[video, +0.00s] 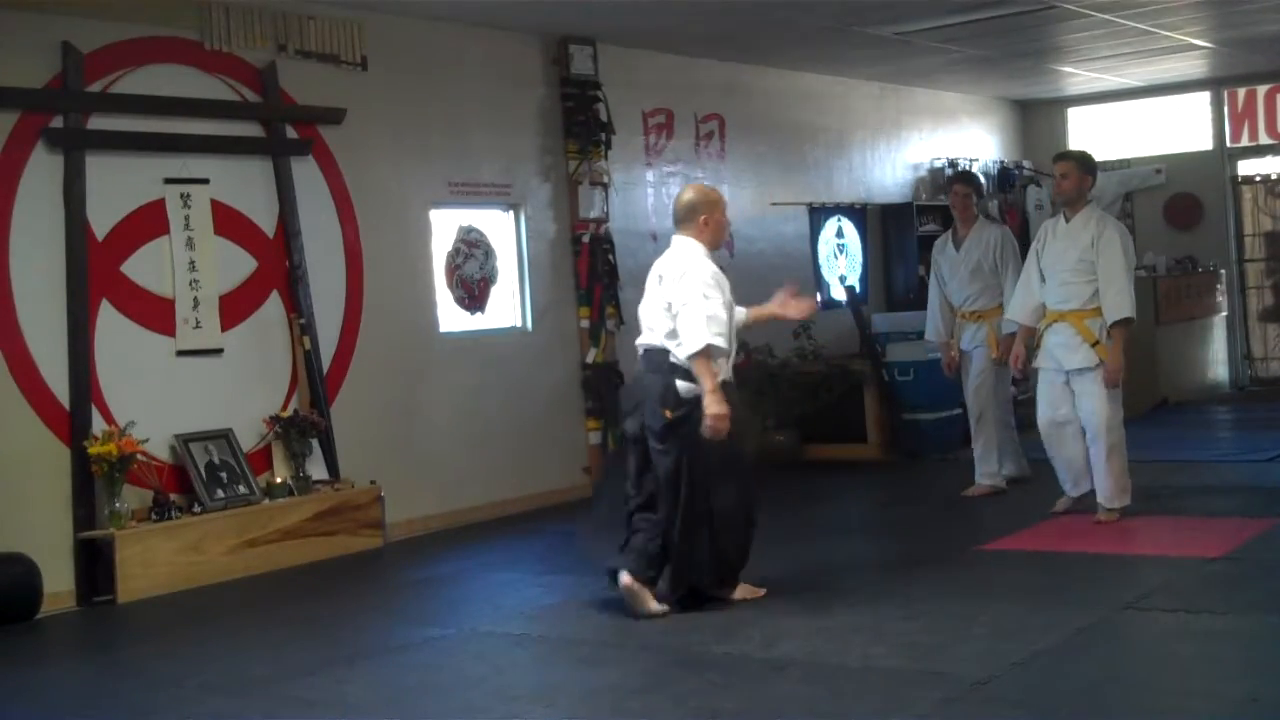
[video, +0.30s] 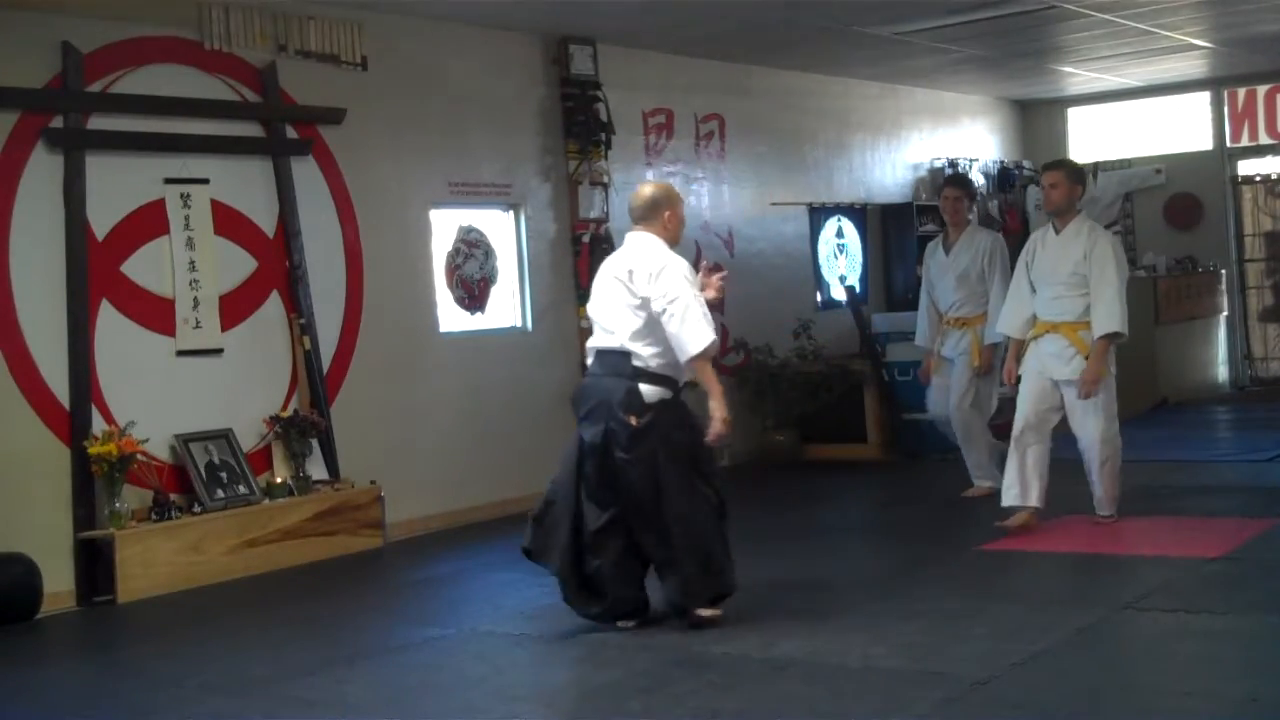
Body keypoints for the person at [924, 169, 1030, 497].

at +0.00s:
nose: (961, 202)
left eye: (967, 196)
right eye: (955, 196)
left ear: (978, 199)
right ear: (948, 201)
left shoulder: (998, 235)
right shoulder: (942, 246)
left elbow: (1014, 285)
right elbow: (939, 298)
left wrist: (1010, 332)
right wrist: (946, 343)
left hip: (992, 326)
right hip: (964, 327)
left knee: (979, 400)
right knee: (989, 398)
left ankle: (989, 476)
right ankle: (1014, 464)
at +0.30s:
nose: (952, 206)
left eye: (959, 200)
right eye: (946, 200)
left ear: (971, 203)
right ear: (939, 206)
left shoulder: (989, 242)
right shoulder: (933, 249)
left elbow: (999, 295)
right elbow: (928, 302)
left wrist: (990, 344)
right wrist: (929, 351)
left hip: (979, 334)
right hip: (948, 335)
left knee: (964, 408)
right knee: (938, 408)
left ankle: (986, 480)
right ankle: (997, 451)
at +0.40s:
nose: (945, 207)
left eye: (952, 200)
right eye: (939, 200)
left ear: (966, 205)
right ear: (932, 206)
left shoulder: (984, 244)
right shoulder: (927, 250)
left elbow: (991, 298)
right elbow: (922, 304)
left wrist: (983, 347)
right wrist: (919, 350)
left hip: (971, 335)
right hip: (939, 335)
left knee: (962, 409)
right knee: (920, 406)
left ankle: (984, 478)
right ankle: (956, 468)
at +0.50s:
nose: (932, 203)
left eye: (939, 197)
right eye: (927, 197)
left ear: (953, 202)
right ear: (921, 203)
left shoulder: (972, 241)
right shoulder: (916, 246)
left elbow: (981, 295)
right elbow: (911, 299)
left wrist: (976, 343)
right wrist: (911, 345)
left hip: (961, 332)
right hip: (927, 332)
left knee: (963, 409)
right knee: (908, 406)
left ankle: (983, 479)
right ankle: (921, 479)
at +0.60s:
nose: (916, 202)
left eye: (923, 196)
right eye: (911, 197)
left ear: (938, 200)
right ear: (906, 202)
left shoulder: (957, 238)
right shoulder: (902, 246)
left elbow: (970, 293)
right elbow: (898, 300)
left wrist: (968, 343)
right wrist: (897, 346)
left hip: (952, 333)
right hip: (915, 333)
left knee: (965, 411)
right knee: (899, 406)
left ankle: (984, 479)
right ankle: (881, 481)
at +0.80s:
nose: (875, 210)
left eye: (883, 203)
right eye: (871, 203)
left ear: (896, 208)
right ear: (865, 210)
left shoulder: (917, 247)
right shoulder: (866, 256)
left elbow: (939, 296)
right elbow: (867, 310)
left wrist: (928, 332)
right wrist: (868, 355)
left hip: (919, 345)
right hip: (880, 349)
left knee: (950, 416)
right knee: (863, 418)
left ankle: (987, 483)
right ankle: (851, 496)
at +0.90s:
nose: (851, 210)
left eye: (858, 203)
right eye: (846, 204)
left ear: (872, 206)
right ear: (842, 209)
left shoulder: (895, 246)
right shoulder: (847, 257)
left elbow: (913, 298)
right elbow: (849, 310)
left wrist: (911, 343)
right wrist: (850, 351)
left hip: (893, 345)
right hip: (857, 348)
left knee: (922, 416)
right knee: (850, 422)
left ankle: (969, 463)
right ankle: (851, 497)